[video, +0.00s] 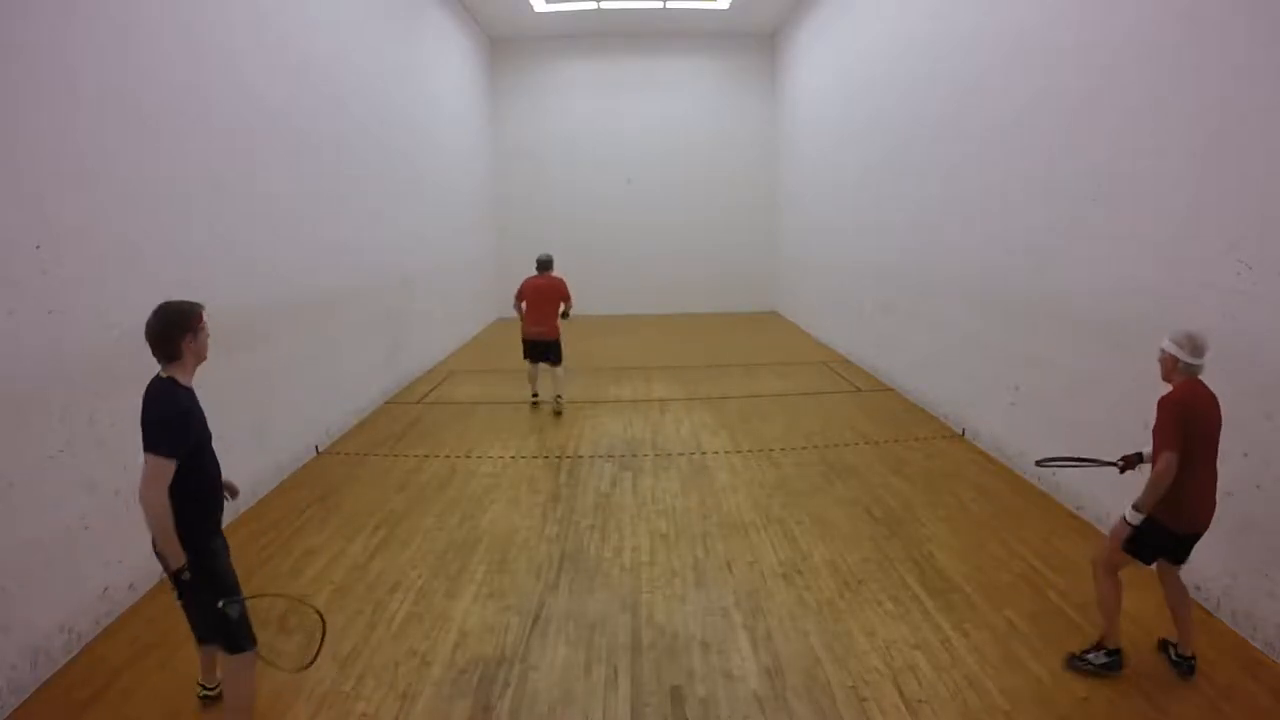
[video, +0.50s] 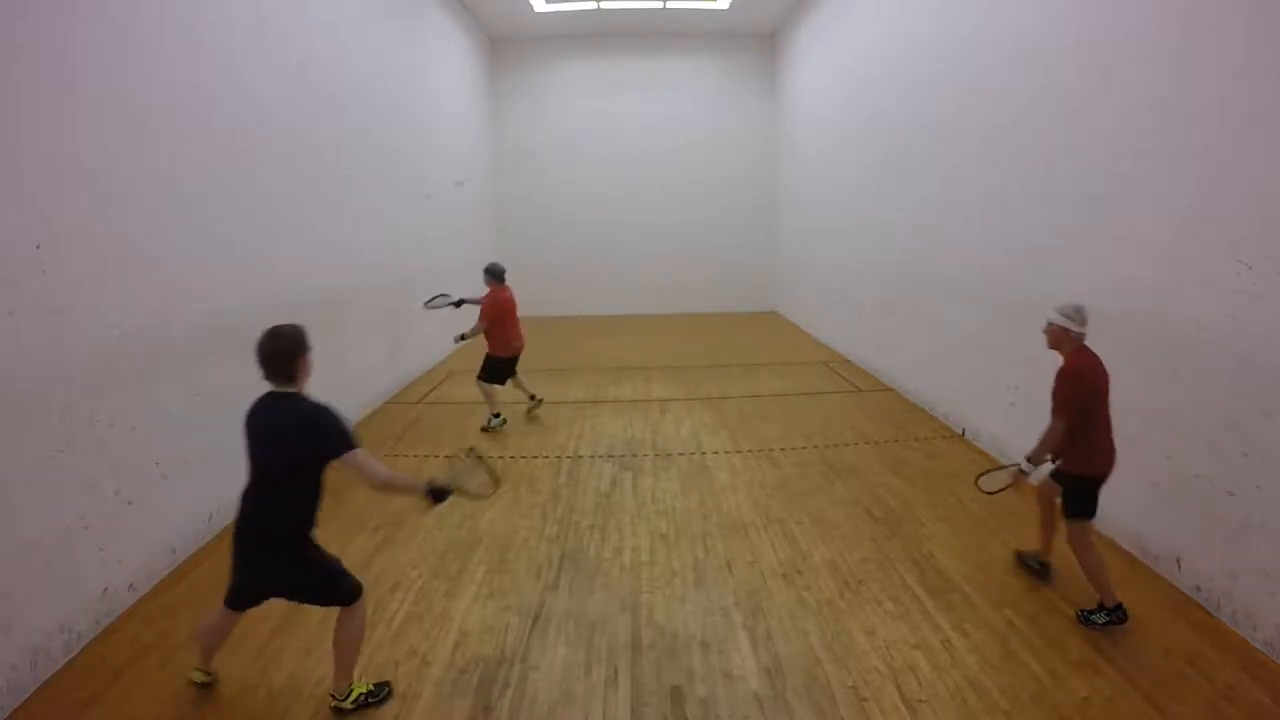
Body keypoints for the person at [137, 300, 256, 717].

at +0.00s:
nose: (208, 338)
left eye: (205, 331)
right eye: (203, 332)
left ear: (174, 343)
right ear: (187, 342)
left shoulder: (173, 389)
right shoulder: (169, 403)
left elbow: (181, 459)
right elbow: (151, 493)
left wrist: (215, 483)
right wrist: (177, 563)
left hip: (196, 530)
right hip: (197, 543)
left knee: (207, 615)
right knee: (242, 648)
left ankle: (210, 684)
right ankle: (240, 714)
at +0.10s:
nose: (209, 324)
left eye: (206, 315)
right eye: (205, 317)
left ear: (165, 330)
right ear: (192, 325)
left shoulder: (159, 378)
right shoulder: (185, 386)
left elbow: (157, 445)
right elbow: (176, 474)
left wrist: (211, 470)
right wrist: (212, 542)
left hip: (177, 519)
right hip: (202, 527)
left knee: (205, 595)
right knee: (254, 621)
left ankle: (210, 675)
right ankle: (253, 711)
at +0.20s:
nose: (217, 331)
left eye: (214, 323)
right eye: (214, 325)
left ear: (173, 337)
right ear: (204, 332)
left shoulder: (166, 385)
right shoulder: (199, 390)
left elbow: (177, 462)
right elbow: (200, 472)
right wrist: (244, 533)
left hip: (179, 519)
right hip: (206, 524)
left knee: (209, 592)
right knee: (281, 611)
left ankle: (195, 675)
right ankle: (285, 711)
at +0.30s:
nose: (233, 358)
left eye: (229, 350)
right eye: (230, 351)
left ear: (190, 365)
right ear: (222, 361)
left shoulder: (188, 409)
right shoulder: (216, 421)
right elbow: (237, 507)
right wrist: (295, 546)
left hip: (191, 539)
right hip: (221, 546)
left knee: (211, 607)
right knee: (315, 606)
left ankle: (190, 685)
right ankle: (334, 703)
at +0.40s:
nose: (264, 368)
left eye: (261, 361)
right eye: (262, 362)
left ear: (217, 376)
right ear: (255, 371)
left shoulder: (216, 419)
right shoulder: (257, 434)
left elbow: (249, 478)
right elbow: (298, 507)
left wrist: (305, 495)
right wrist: (357, 529)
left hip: (211, 548)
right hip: (244, 558)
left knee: (224, 608)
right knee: (337, 596)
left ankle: (190, 683)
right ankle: (344, 691)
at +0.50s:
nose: (310, 360)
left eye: (307, 353)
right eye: (308, 355)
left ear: (266, 366)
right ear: (304, 364)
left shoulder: (258, 412)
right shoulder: (317, 417)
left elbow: (269, 471)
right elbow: (377, 476)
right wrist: (427, 488)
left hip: (249, 541)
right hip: (290, 547)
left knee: (233, 606)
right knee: (352, 597)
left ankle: (201, 668)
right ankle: (343, 690)